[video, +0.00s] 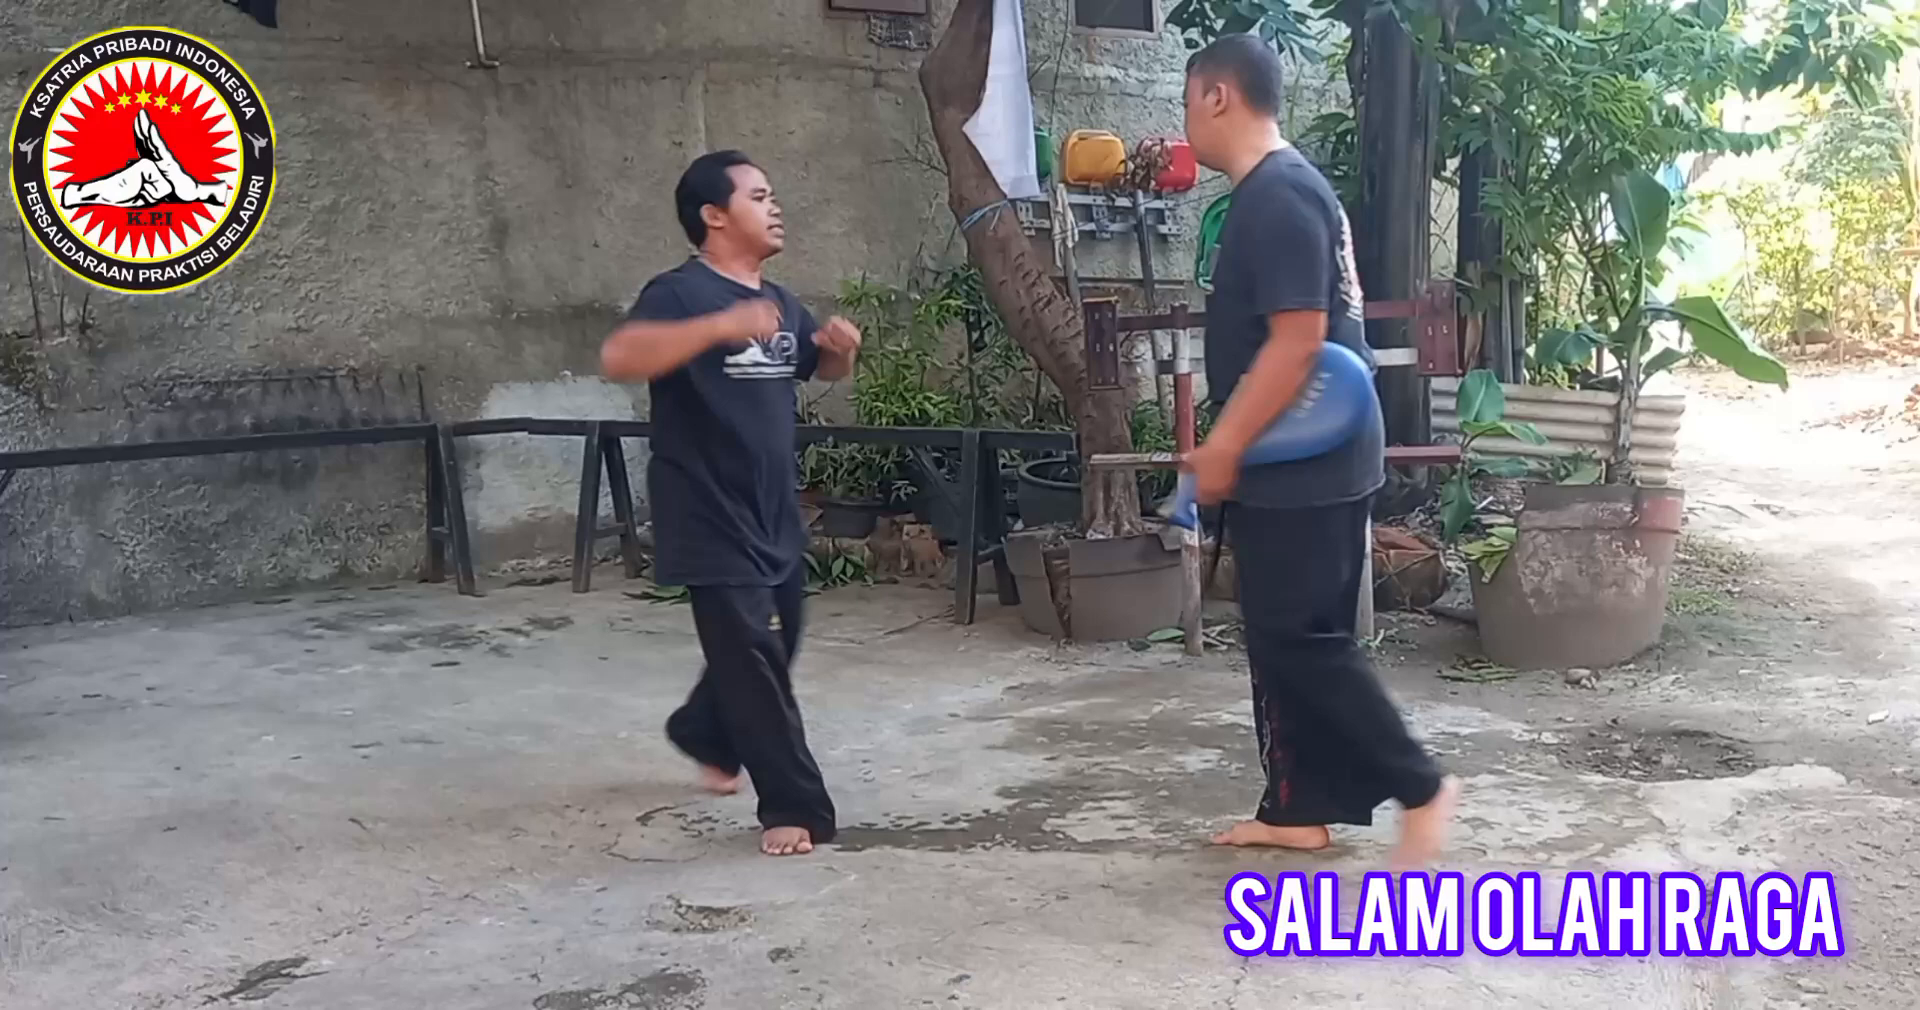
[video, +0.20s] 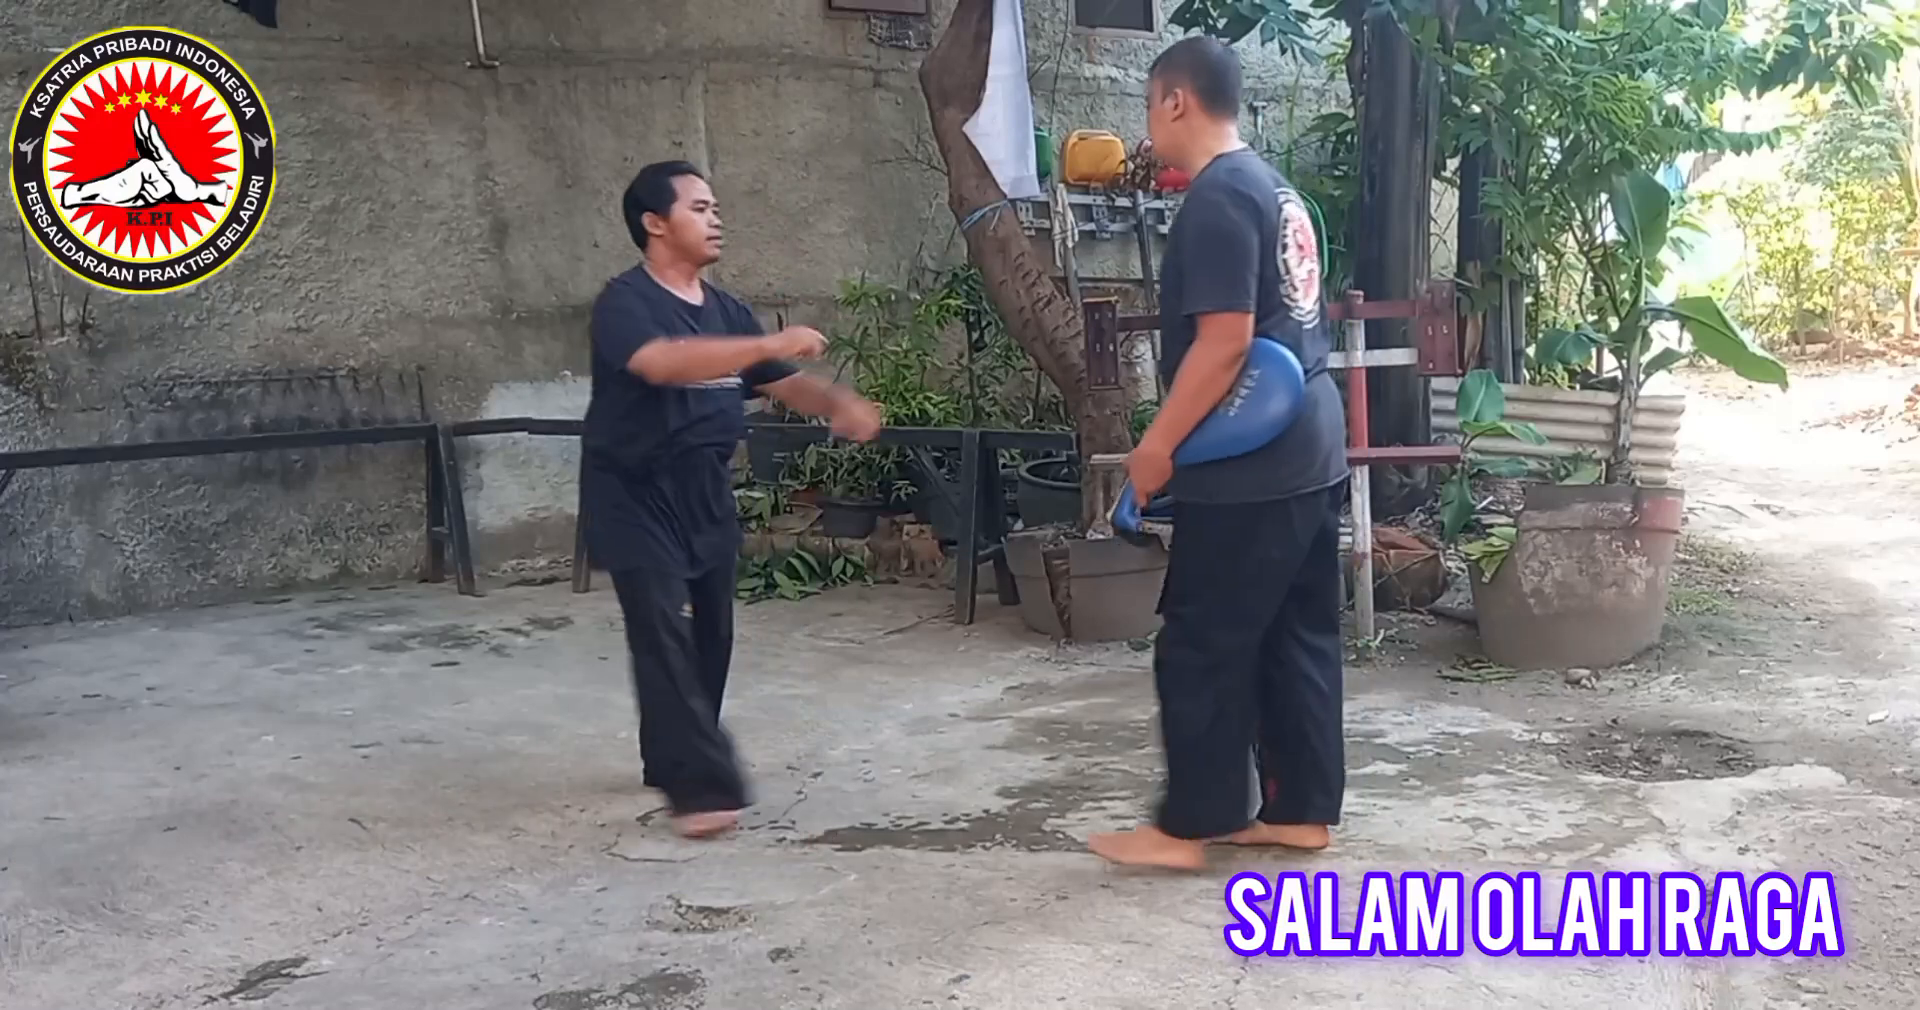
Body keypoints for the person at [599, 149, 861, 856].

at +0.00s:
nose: (776, 210)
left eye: (771, 197)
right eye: (759, 198)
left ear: (734, 217)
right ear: (715, 217)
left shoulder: (777, 302)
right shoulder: (677, 293)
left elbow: (822, 371)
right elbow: (618, 357)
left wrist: (837, 353)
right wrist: (719, 327)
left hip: (776, 511)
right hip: (709, 514)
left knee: (775, 642)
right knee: (750, 654)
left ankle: (703, 730)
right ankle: (791, 808)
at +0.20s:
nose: (717, 220)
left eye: (715, 209)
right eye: (700, 209)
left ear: (695, 224)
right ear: (655, 224)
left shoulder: (729, 312)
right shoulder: (623, 301)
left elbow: (777, 377)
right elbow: (657, 363)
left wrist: (838, 403)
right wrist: (767, 347)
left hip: (706, 493)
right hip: (631, 493)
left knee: (710, 635)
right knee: (661, 626)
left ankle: (679, 765)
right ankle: (701, 790)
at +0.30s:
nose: (689, 213)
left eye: (689, 202)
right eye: (673, 203)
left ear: (686, 214)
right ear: (629, 219)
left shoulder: (708, 304)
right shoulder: (597, 304)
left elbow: (742, 384)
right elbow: (625, 407)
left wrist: (767, 441)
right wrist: (731, 386)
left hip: (687, 495)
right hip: (611, 499)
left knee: (689, 633)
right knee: (618, 636)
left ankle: (680, 762)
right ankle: (605, 778)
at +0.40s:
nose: (655, 217)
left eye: (653, 205)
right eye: (638, 207)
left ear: (650, 214)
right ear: (593, 223)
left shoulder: (670, 303)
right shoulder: (560, 308)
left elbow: (690, 396)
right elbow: (554, 414)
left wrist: (694, 467)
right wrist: (645, 451)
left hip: (660, 508)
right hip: (580, 512)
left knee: (677, 635)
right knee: (552, 633)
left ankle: (680, 763)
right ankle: (509, 741)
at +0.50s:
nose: (626, 230)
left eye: (627, 218)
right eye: (610, 219)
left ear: (626, 223)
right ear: (565, 230)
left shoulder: (637, 307)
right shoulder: (524, 314)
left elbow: (652, 394)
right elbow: (495, 411)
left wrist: (665, 460)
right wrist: (572, 470)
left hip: (635, 507)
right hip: (550, 514)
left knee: (665, 631)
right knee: (516, 630)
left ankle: (679, 761)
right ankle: (476, 746)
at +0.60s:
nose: (585, 242)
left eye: (587, 230)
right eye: (569, 231)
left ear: (589, 235)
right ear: (523, 240)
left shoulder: (599, 315)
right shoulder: (474, 324)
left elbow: (618, 397)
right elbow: (430, 414)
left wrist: (637, 468)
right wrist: (494, 482)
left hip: (592, 509)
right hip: (502, 519)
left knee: (631, 632)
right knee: (488, 639)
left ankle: (674, 755)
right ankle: (474, 753)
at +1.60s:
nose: (616, 276)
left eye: (621, 266)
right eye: (601, 264)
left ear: (627, 275)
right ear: (559, 274)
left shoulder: (648, 354)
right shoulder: (517, 349)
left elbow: (711, 415)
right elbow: (491, 440)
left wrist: (730, 440)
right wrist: (565, 401)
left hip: (639, 523)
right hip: (543, 525)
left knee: (690, 616)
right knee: (485, 630)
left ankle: (719, 753)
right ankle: (472, 724)